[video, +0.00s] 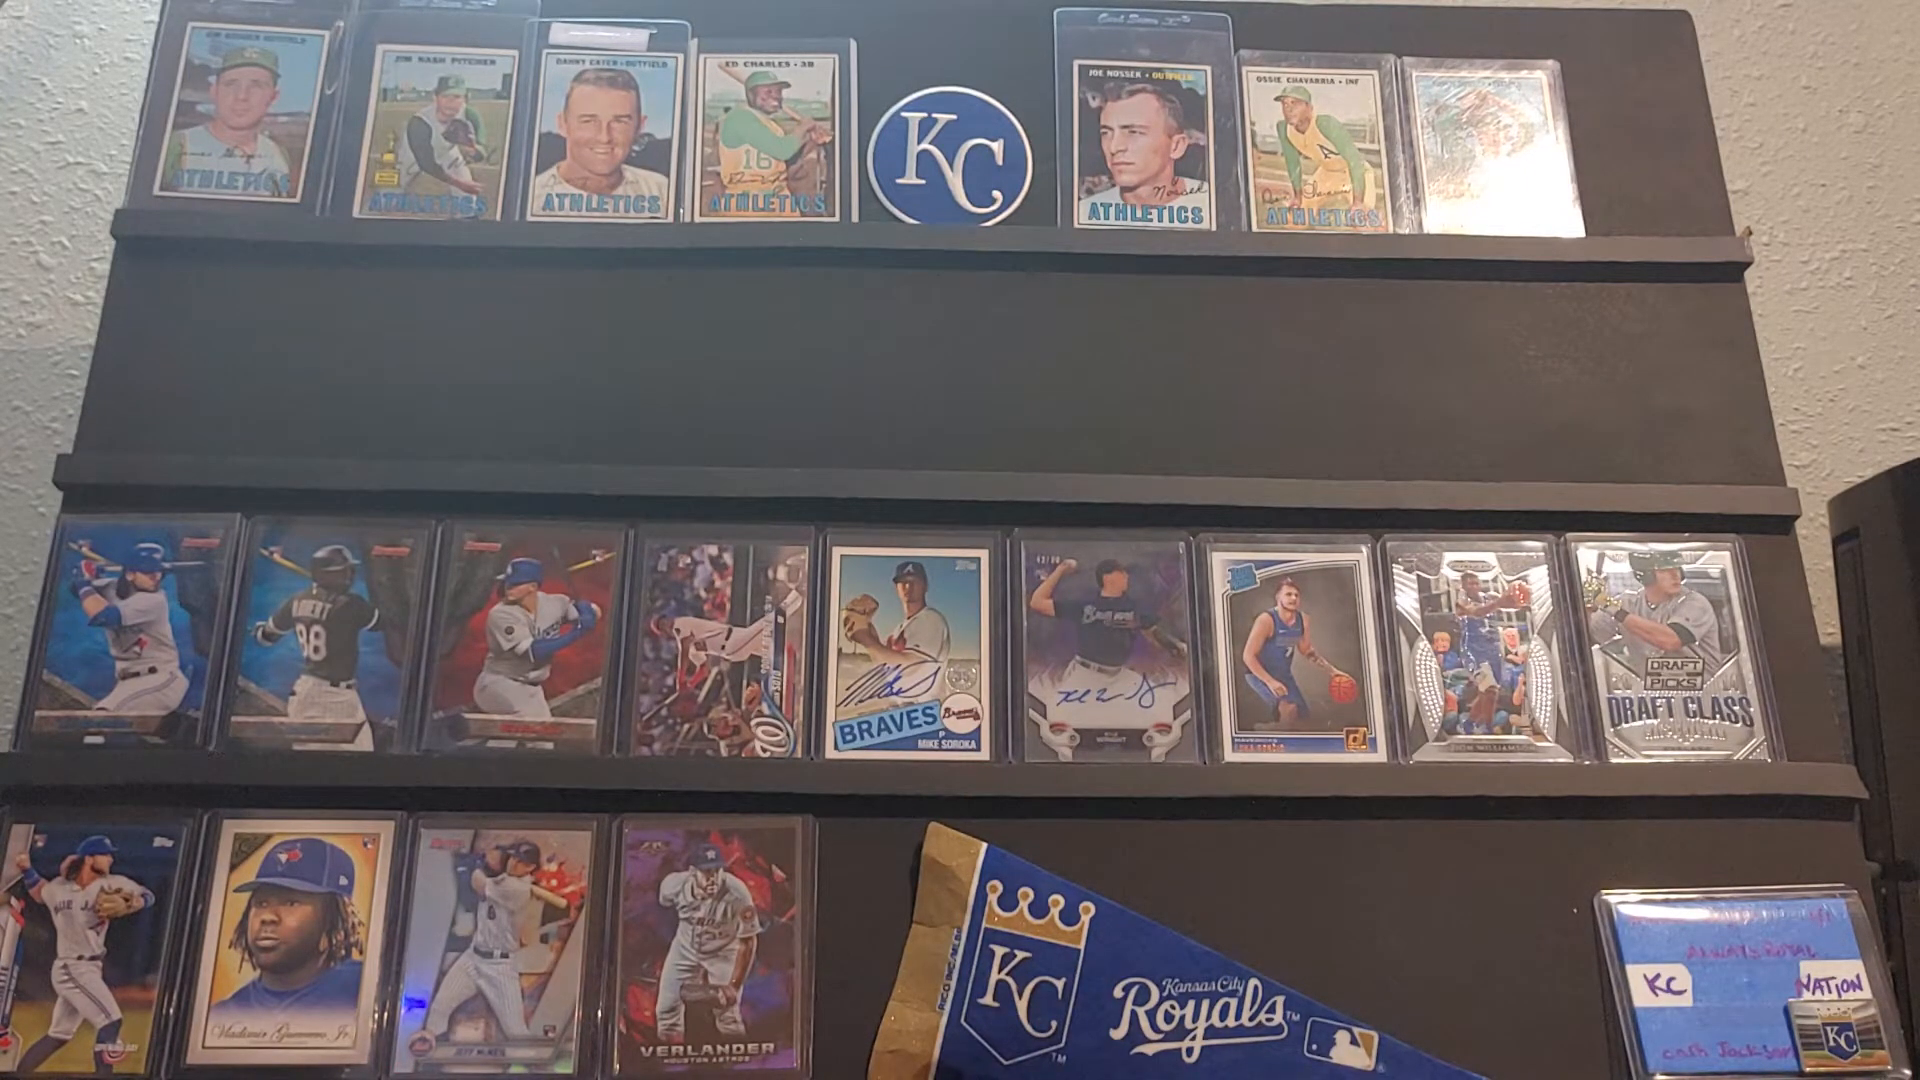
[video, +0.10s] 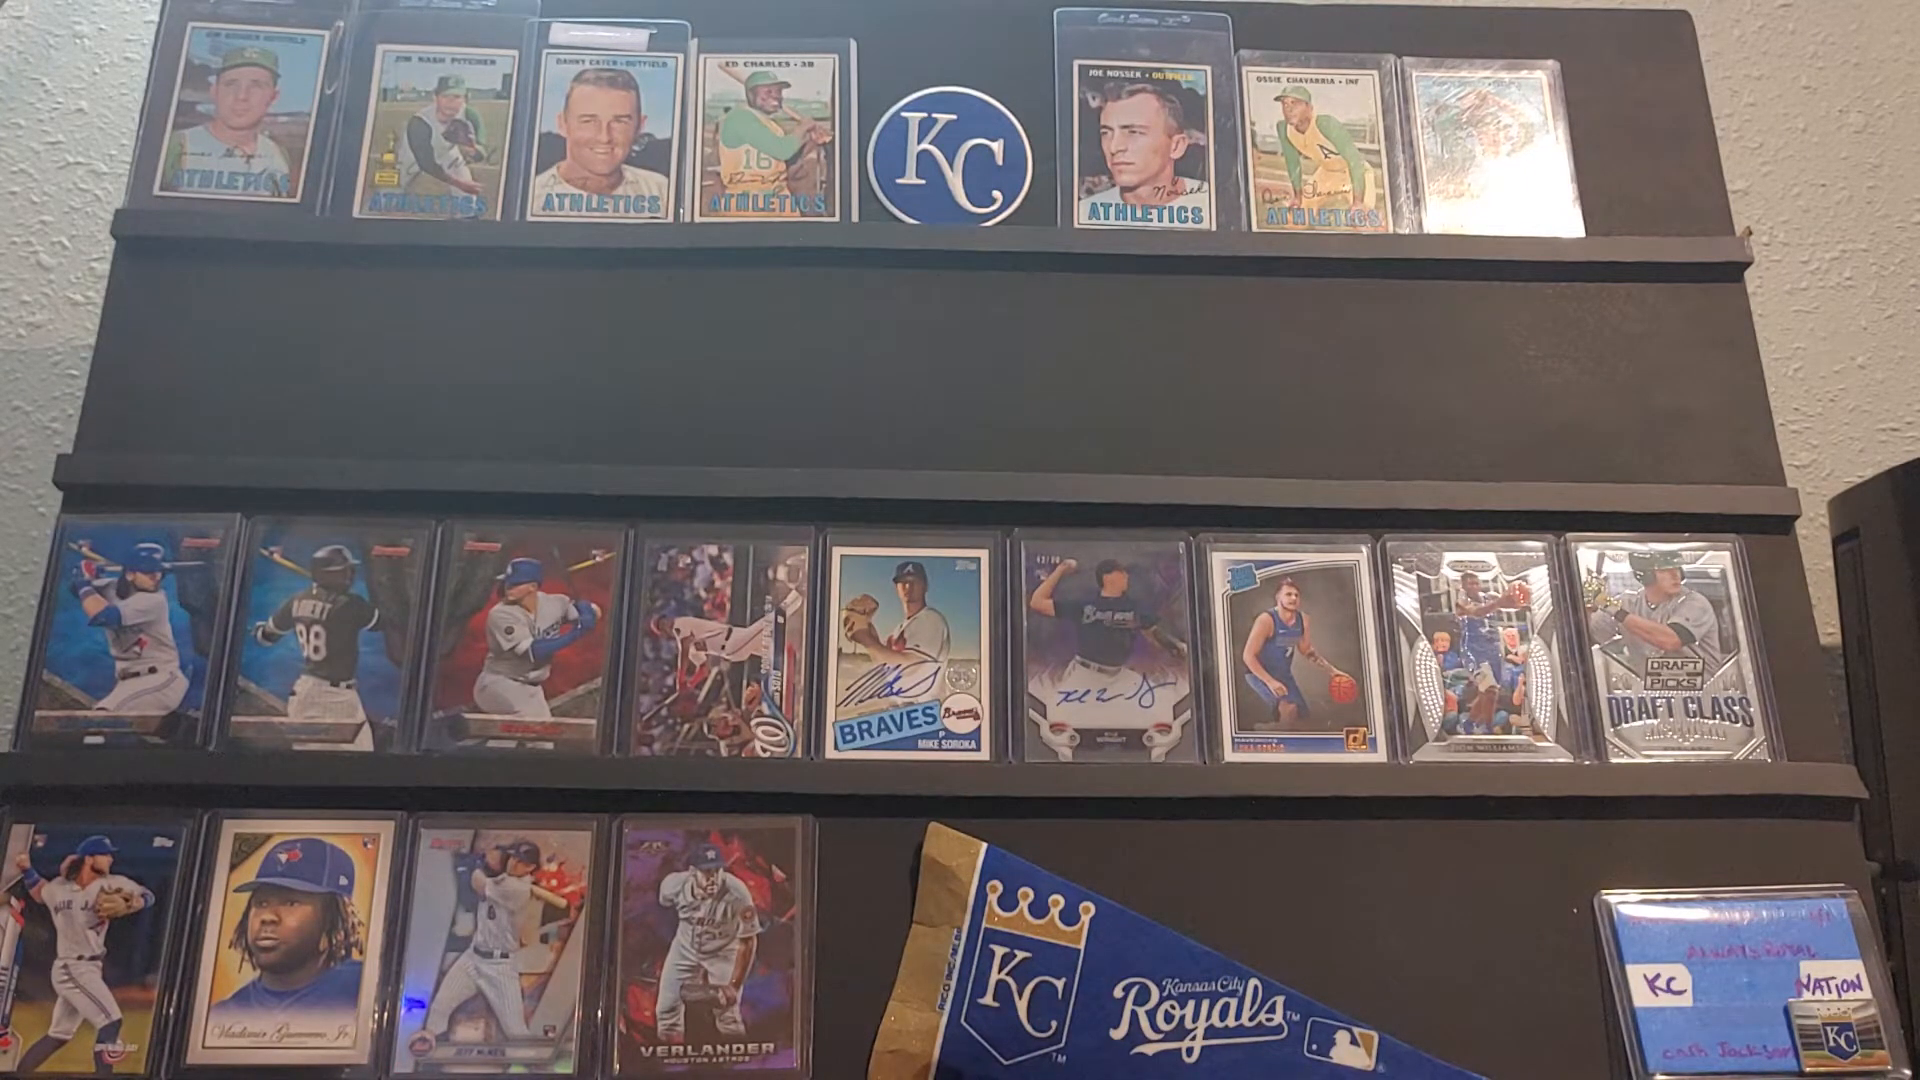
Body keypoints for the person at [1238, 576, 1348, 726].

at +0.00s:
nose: (1293, 599)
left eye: (1296, 595)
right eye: (1288, 595)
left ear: (1299, 599)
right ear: (1278, 598)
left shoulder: (1302, 619)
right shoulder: (1265, 620)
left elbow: (1307, 650)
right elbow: (1248, 656)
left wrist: (1332, 671)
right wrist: (1270, 682)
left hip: (1284, 674)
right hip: (1259, 673)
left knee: (1303, 715)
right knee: (1288, 707)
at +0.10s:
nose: (1293, 599)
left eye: (1296, 595)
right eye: (1288, 595)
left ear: (1299, 599)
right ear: (1278, 598)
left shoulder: (1302, 619)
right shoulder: (1266, 620)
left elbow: (1307, 650)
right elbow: (1248, 656)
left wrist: (1332, 671)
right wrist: (1270, 682)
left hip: (1284, 674)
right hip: (1260, 673)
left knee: (1302, 714)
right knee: (1288, 707)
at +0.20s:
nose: (1293, 599)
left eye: (1296, 595)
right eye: (1288, 595)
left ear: (1299, 599)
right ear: (1278, 598)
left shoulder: (1302, 619)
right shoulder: (1266, 620)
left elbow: (1307, 650)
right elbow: (1248, 656)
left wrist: (1332, 671)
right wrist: (1270, 682)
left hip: (1284, 674)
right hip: (1260, 673)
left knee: (1302, 714)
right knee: (1288, 707)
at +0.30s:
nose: (1293, 599)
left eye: (1296, 595)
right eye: (1288, 595)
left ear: (1299, 599)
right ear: (1278, 598)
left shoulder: (1302, 619)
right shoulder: (1265, 620)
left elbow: (1307, 650)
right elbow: (1248, 656)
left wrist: (1332, 671)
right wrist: (1270, 681)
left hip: (1284, 674)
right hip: (1260, 673)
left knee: (1303, 714)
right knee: (1288, 707)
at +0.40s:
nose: (1293, 599)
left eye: (1296, 595)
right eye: (1288, 595)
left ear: (1299, 599)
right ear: (1278, 598)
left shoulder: (1302, 619)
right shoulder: (1266, 620)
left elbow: (1307, 650)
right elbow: (1248, 656)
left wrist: (1333, 671)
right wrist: (1270, 682)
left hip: (1284, 674)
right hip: (1260, 673)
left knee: (1302, 714)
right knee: (1288, 706)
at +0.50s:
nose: (1293, 599)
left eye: (1296, 595)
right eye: (1288, 595)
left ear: (1299, 599)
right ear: (1278, 598)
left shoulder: (1302, 619)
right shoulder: (1266, 620)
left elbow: (1307, 650)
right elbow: (1248, 656)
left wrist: (1333, 671)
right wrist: (1270, 682)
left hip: (1284, 674)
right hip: (1260, 673)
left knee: (1302, 714)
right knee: (1288, 706)